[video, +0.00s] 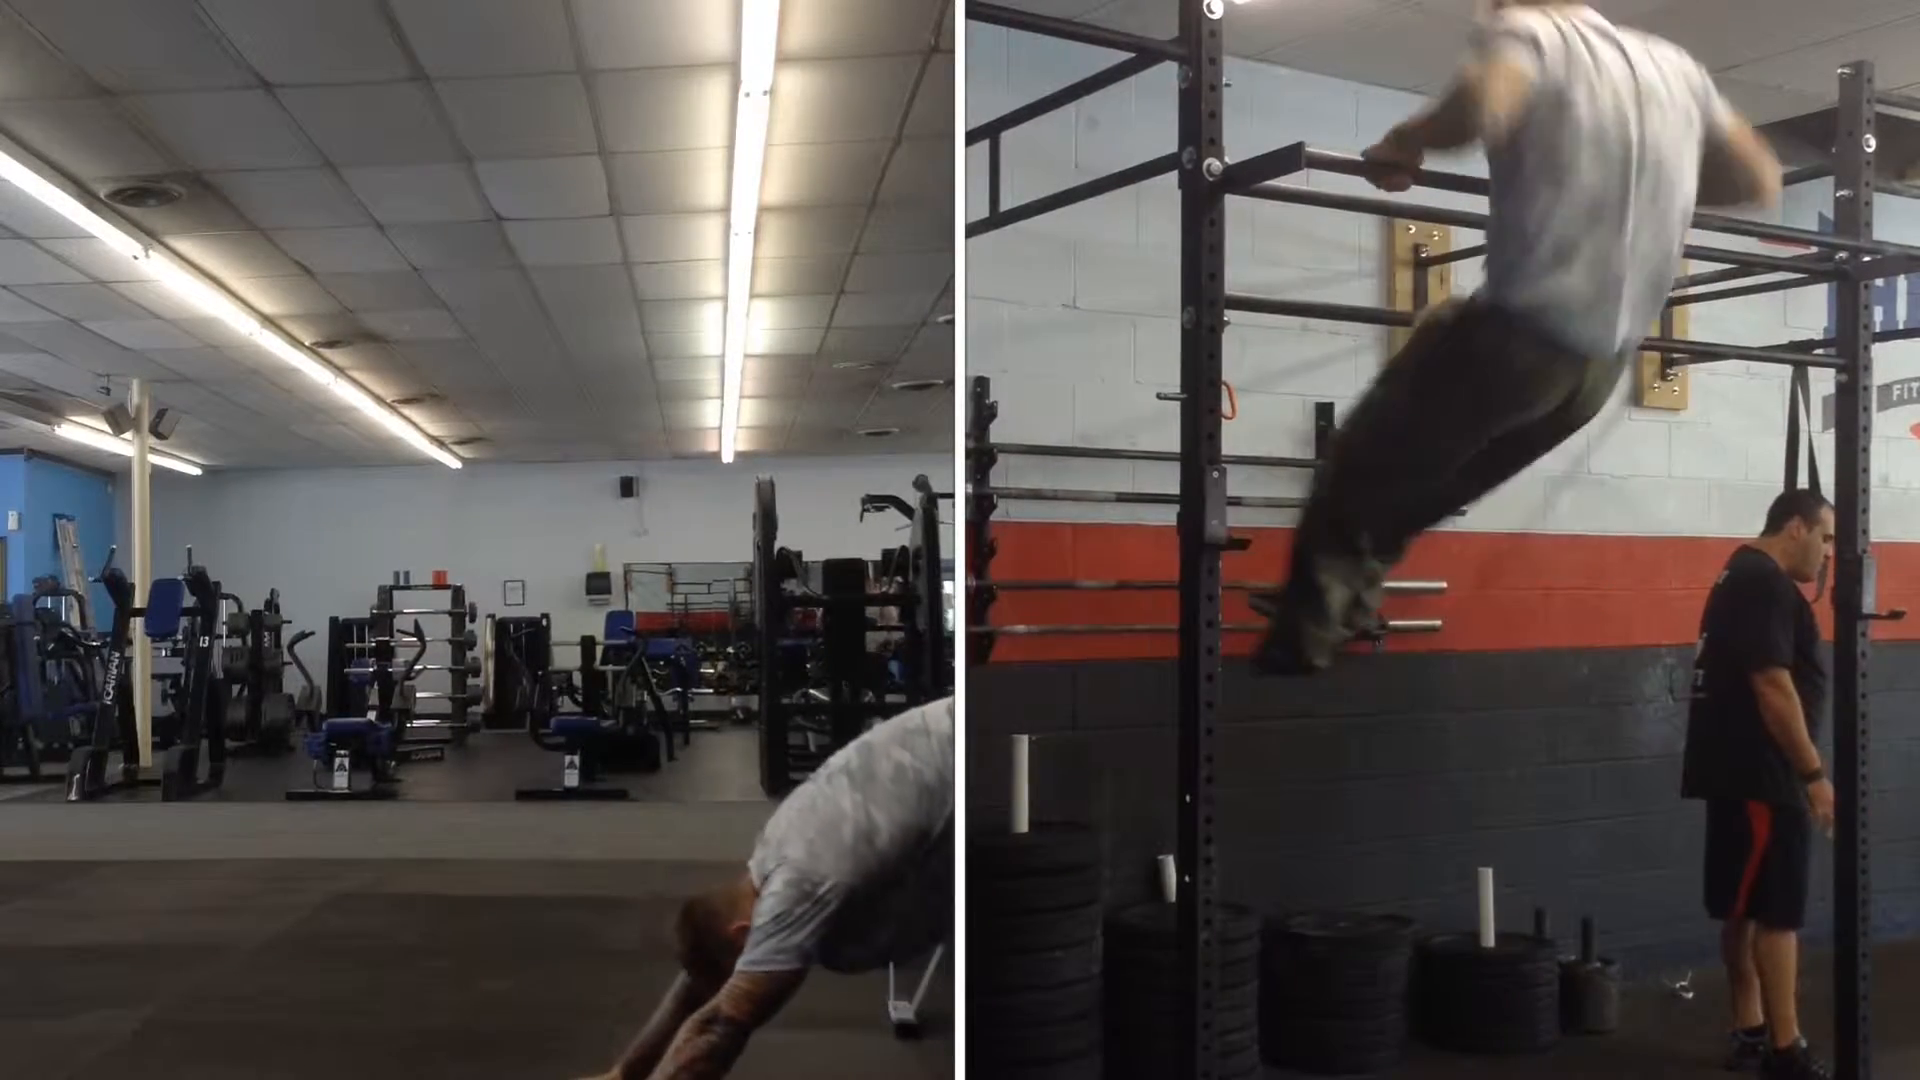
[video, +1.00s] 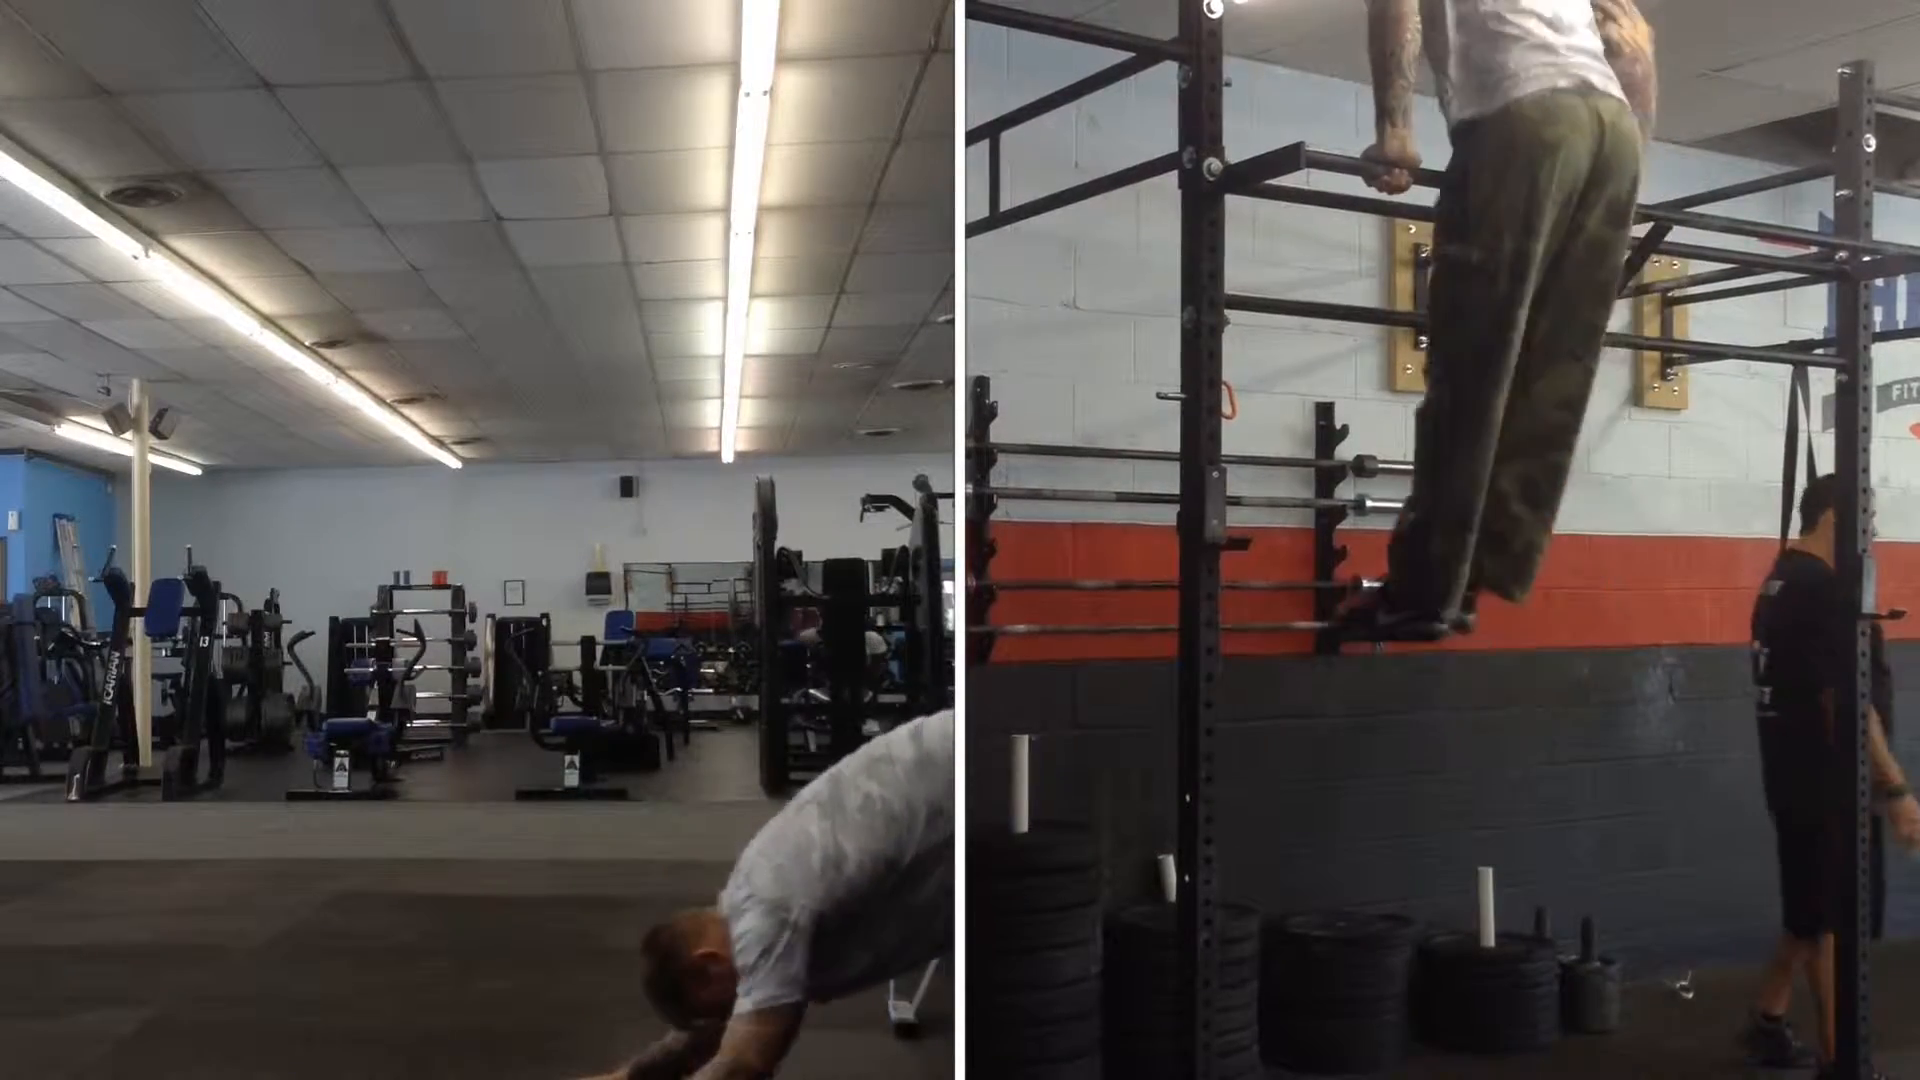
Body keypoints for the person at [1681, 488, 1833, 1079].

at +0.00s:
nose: (1828, 549)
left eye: (1830, 538)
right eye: (1825, 536)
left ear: (1786, 527)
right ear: (1796, 527)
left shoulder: (1742, 579)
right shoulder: (1764, 584)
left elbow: (1751, 686)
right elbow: (1771, 687)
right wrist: (1814, 772)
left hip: (1737, 770)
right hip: (1763, 774)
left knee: (1745, 910)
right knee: (1777, 915)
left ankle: (1749, 1034)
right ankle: (1786, 1049)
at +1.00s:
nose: (1866, 535)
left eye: (1866, 522)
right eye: (1862, 522)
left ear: (1814, 514)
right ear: (1835, 517)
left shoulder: (1784, 577)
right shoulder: (1825, 586)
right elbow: (1849, 700)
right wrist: (1895, 787)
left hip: (1791, 771)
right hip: (1827, 778)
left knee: (1807, 910)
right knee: (1834, 919)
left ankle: (1769, 1017)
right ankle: (1840, 1054)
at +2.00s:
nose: (1910, 524)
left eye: (1908, 511)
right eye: (1900, 511)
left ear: (1865, 519)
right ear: (1865, 517)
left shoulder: (1829, 579)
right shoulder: (1861, 589)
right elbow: (1882, 702)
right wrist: (1914, 775)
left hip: (1842, 781)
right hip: (1864, 790)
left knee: (1862, 922)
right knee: (1865, 925)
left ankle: (1854, 1041)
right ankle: (1852, 1048)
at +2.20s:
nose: (1914, 523)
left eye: (1912, 511)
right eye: (1904, 510)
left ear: (1869, 519)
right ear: (1868, 516)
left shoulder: (1840, 584)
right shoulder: (1864, 590)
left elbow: (1887, 691)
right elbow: (1887, 695)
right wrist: (1919, 755)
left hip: (1861, 783)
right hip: (1877, 789)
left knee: (1878, 919)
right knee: (1897, 921)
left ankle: (1858, 1041)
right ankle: (1859, 1044)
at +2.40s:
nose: (1919, 527)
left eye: (1919, 514)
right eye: (1914, 514)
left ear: (1875, 518)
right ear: (1878, 515)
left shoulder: (1834, 585)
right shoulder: (1880, 590)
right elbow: (1896, 694)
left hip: (1850, 779)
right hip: (1889, 784)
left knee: (1873, 911)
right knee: (1904, 914)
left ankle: (1872, 1028)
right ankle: (1900, 1036)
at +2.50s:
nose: (1919, 528)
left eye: (1918, 515)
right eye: (1914, 515)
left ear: (1873, 518)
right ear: (1883, 517)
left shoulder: (1830, 588)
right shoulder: (1893, 593)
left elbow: (1828, 683)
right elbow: (1903, 694)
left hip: (1843, 778)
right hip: (1892, 781)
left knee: (1859, 917)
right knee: (1902, 921)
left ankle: (1862, 1036)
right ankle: (1903, 1044)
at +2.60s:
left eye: (1918, 514)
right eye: (1916, 514)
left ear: (1877, 518)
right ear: (1889, 517)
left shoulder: (1831, 592)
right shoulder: (1899, 592)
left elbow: (1827, 689)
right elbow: (1908, 690)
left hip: (1846, 778)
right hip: (1895, 781)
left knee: (1864, 914)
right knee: (1897, 917)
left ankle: (1863, 1037)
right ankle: (1870, 1038)